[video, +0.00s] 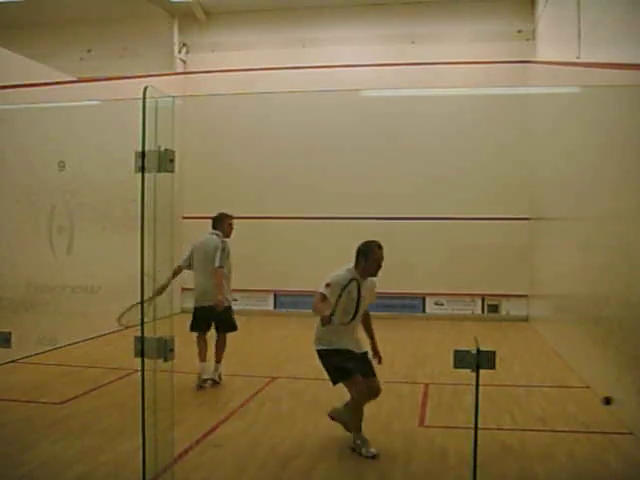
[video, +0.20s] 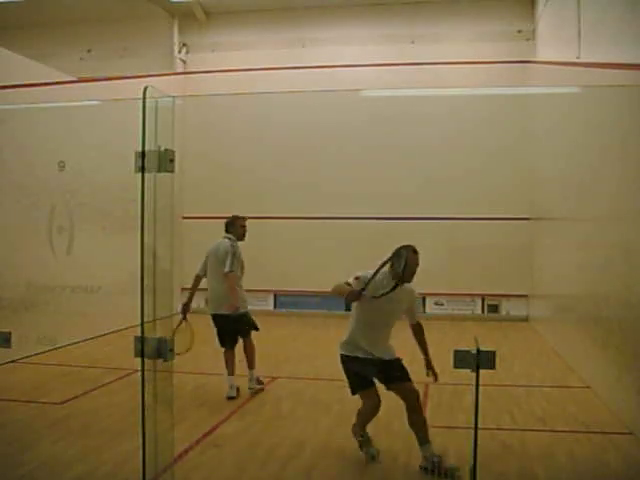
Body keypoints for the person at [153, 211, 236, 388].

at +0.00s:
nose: (232, 229)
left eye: (232, 225)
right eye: (229, 225)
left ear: (214, 226)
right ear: (221, 226)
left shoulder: (198, 244)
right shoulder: (221, 244)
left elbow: (180, 267)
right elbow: (218, 270)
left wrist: (164, 285)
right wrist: (220, 295)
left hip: (201, 301)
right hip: (220, 301)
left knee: (201, 334)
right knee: (221, 334)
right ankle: (217, 370)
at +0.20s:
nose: (245, 231)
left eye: (245, 227)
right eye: (242, 227)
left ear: (229, 229)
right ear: (232, 228)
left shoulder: (214, 248)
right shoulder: (232, 247)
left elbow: (199, 276)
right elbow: (230, 275)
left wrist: (188, 301)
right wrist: (235, 301)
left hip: (217, 309)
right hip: (235, 308)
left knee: (228, 346)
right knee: (247, 338)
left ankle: (231, 386)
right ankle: (252, 379)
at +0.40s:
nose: (261, 234)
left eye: (261, 230)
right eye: (258, 230)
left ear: (243, 231)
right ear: (246, 231)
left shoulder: (227, 251)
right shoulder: (247, 250)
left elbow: (213, 280)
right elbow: (253, 280)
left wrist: (208, 305)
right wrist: (272, 305)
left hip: (229, 312)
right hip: (248, 311)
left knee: (233, 349)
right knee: (270, 345)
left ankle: (232, 387)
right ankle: (274, 385)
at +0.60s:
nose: (280, 244)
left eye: (280, 240)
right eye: (277, 240)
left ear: (259, 242)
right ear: (265, 241)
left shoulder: (241, 262)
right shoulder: (268, 262)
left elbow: (224, 292)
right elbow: (284, 293)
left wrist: (220, 317)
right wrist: (301, 317)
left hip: (244, 324)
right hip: (268, 325)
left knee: (240, 353)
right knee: (285, 361)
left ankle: (233, 388)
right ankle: (281, 407)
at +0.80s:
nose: (279, 239)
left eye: (278, 235)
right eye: (278, 235)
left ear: (257, 236)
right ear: (275, 236)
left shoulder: (242, 257)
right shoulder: (277, 258)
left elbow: (225, 291)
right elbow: (297, 290)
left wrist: (224, 318)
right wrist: (300, 319)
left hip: (240, 319)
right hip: (266, 320)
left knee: (238, 354)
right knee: (282, 359)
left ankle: (237, 392)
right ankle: (281, 408)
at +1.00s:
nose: (269, 243)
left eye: (269, 240)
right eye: (269, 240)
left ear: (248, 241)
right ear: (266, 241)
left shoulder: (233, 258)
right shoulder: (265, 259)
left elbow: (213, 294)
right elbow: (286, 286)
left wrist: (215, 321)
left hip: (223, 318)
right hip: (249, 319)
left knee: (222, 357)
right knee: (276, 355)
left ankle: (197, 400)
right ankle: (275, 407)